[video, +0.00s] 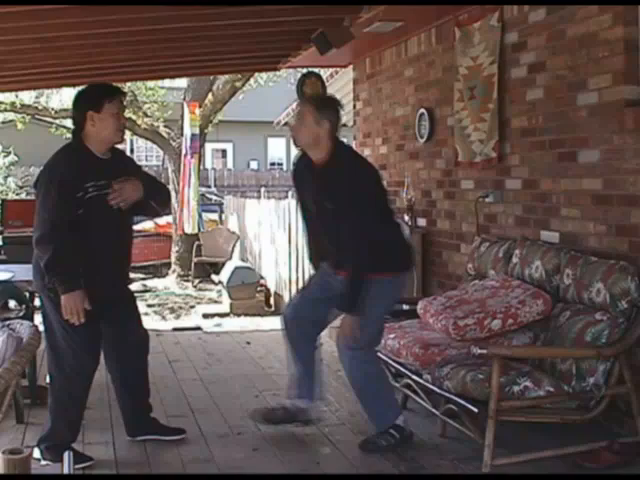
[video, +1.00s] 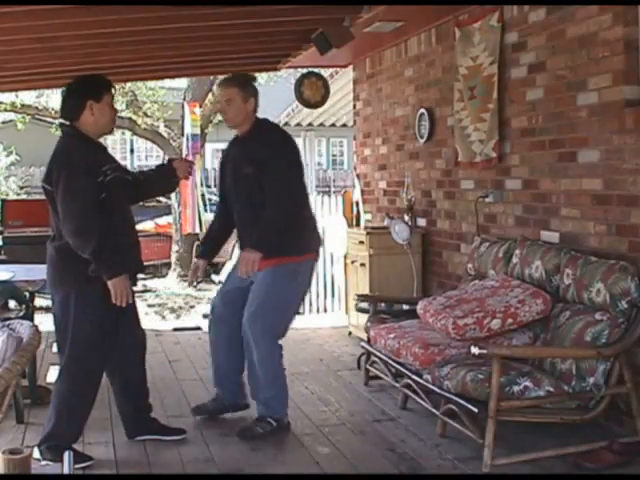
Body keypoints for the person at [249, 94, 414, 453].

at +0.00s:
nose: (293, 126)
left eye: (300, 120)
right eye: (295, 119)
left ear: (324, 127)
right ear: (309, 128)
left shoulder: (357, 171)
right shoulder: (304, 170)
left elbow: (364, 242)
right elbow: (314, 224)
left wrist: (353, 309)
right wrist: (322, 264)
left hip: (382, 271)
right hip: (339, 266)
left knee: (355, 344)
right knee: (298, 319)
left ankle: (393, 426)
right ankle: (302, 404)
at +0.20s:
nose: (267, 95)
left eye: (275, 89)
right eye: (267, 88)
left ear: (299, 95)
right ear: (283, 95)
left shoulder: (315, 137)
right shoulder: (280, 134)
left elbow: (309, 207)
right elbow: (283, 202)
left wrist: (281, 263)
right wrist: (277, 257)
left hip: (318, 256)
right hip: (289, 256)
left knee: (312, 337)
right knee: (260, 332)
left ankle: (375, 413)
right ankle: (246, 415)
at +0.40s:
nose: (233, 96)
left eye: (240, 88)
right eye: (232, 89)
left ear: (264, 90)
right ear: (251, 93)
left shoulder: (287, 131)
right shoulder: (245, 135)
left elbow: (281, 197)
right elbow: (234, 196)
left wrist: (244, 244)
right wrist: (221, 242)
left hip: (287, 249)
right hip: (255, 249)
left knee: (246, 325)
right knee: (221, 318)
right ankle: (237, 410)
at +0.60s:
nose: (217, 101)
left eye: (224, 94)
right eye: (216, 95)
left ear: (248, 95)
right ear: (227, 99)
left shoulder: (269, 137)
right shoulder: (232, 142)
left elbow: (267, 202)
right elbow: (222, 202)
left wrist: (235, 245)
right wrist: (193, 242)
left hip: (266, 256)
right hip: (236, 255)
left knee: (227, 333)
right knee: (203, 327)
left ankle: (249, 429)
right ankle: (219, 401)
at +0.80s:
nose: (211, 103)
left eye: (218, 95)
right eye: (210, 96)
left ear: (241, 96)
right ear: (214, 100)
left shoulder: (265, 135)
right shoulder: (219, 143)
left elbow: (271, 195)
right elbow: (211, 201)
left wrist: (245, 240)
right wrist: (190, 245)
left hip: (273, 250)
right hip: (239, 252)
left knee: (243, 328)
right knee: (214, 320)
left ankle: (249, 424)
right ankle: (224, 404)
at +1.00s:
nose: (222, 110)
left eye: (228, 102)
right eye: (220, 103)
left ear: (250, 102)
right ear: (223, 107)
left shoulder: (277, 141)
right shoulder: (232, 153)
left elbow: (286, 202)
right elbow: (228, 210)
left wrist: (258, 244)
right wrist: (205, 254)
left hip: (291, 253)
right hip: (255, 254)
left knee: (259, 324)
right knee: (223, 313)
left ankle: (274, 415)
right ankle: (230, 395)